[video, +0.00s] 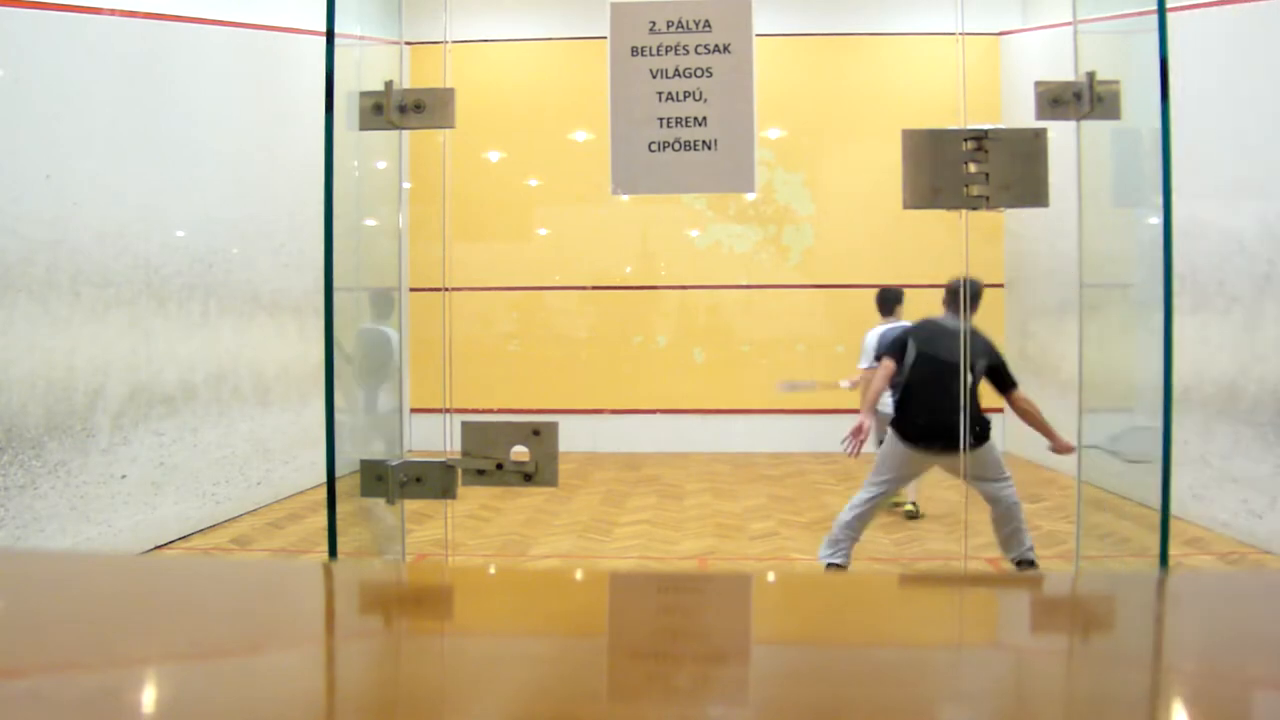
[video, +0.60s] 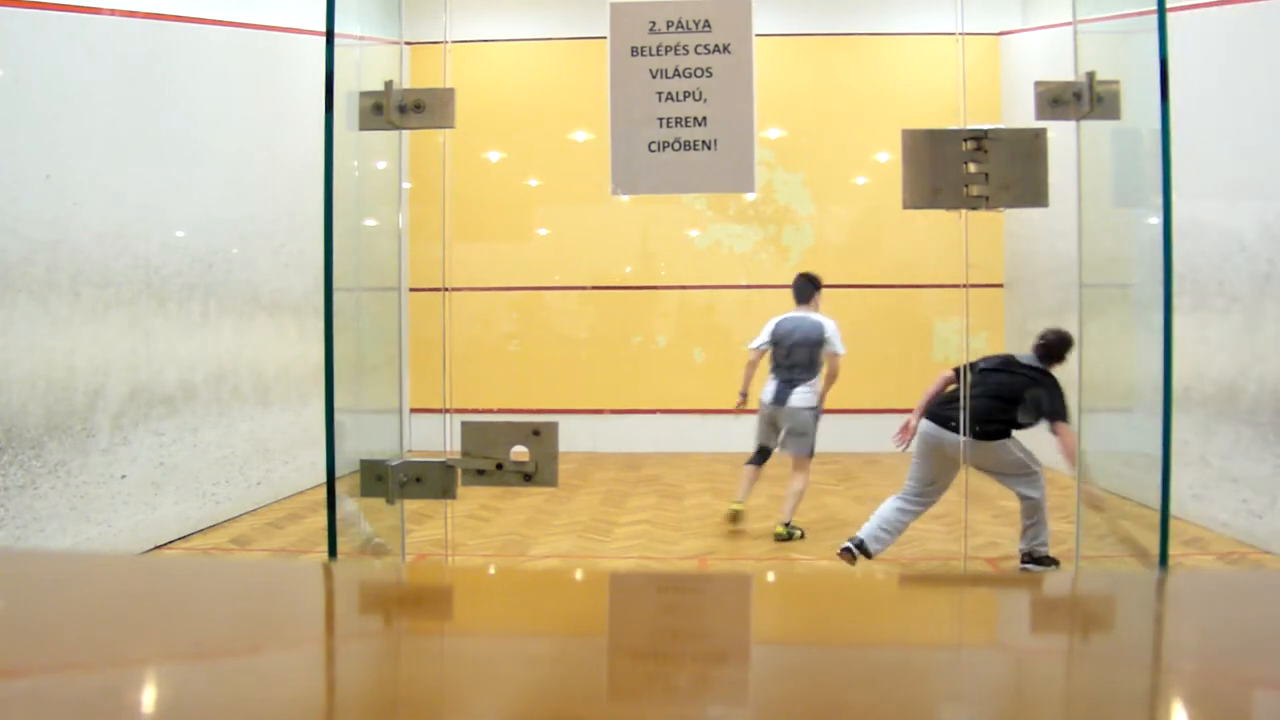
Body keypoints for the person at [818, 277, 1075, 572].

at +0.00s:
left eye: (950, 297)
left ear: (945, 300)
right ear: (976, 306)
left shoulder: (913, 333)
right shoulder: (982, 346)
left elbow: (885, 369)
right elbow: (1017, 400)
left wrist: (865, 414)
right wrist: (1053, 437)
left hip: (911, 435)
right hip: (964, 439)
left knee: (874, 489)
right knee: (1000, 490)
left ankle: (835, 555)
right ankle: (1022, 555)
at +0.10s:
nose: (989, 328)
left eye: (982, 320)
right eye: (989, 323)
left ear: (957, 321)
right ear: (986, 327)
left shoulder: (927, 347)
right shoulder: (988, 363)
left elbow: (895, 379)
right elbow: (1033, 412)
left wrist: (883, 420)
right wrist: (1080, 444)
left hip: (911, 442)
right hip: (962, 447)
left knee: (872, 493)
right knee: (1002, 488)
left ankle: (839, 553)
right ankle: (1023, 551)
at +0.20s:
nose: (1006, 340)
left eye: (1000, 333)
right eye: (1017, 338)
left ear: (991, 334)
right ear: (1020, 344)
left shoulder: (960, 354)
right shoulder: (1021, 381)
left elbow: (923, 375)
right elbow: (1070, 416)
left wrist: (900, 414)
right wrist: (1121, 439)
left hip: (919, 442)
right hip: (969, 452)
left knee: (875, 494)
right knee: (1009, 486)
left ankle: (841, 552)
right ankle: (1029, 552)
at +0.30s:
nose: (1060, 370)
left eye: (1053, 360)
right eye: (1060, 366)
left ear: (1030, 356)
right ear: (1055, 369)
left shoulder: (995, 366)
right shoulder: (1050, 400)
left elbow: (946, 373)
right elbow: (1104, 424)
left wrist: (911, 406)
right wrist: (1150, 432)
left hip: (930, 435)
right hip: (976, 447)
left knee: (889, 496)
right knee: (1024, 482)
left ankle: (843, 555)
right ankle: (1032, 553)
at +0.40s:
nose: (1077, 386)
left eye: (1074, 378)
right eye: (1077, 381)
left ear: (1047, 369)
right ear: (1071, 382)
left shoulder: (1011, 374)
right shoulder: (1062, 407)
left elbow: (958, 374)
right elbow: (1117, 433)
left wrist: (915, 403)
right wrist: (1160, 450)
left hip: (936, 434)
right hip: (980, 447)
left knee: (906, 497)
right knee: (1034, 477)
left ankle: (846, 547)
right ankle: (1034, 553)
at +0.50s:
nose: (1076, 374)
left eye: (1070, 367)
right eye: (1077, 370)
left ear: (1046, 361)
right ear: (1072, 372)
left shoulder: (1012, 369)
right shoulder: (1063, 401)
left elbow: (955, 377)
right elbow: (1107, 450)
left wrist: (914, 412)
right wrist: (1142, 489)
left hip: (939, 430)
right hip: (983, 442)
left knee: (916, 496)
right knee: (1036, 476)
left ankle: (855, 540)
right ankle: (1034, 552)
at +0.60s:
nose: (1059, 357)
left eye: (1053, 347)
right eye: (1062, 354)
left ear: (1036, 345)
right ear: (1059, 360)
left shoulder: (1000, 360)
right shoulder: (1047, 386)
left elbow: (946, 377)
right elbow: (1065, 436)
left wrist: (915, 417)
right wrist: (1084, 481)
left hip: (934, 426)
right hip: (980, 438)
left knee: (914, 494)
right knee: (1030, 479)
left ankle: (862, 543)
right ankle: (1034, 552)